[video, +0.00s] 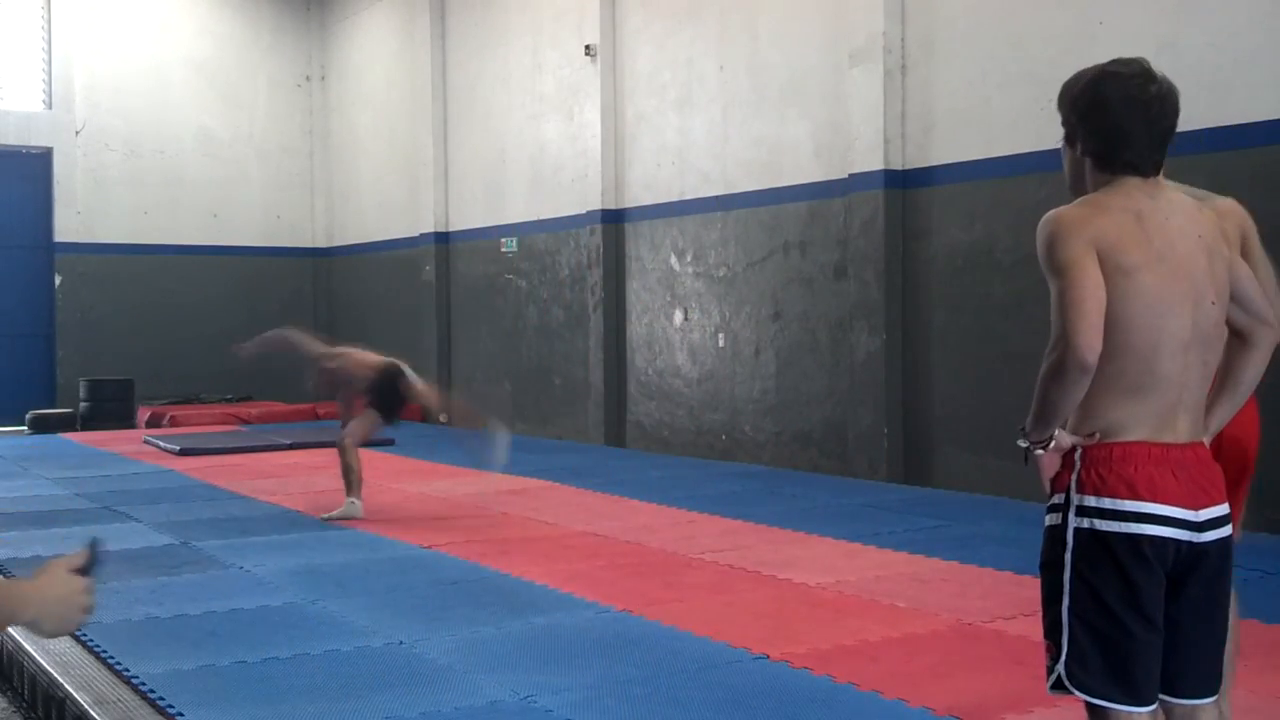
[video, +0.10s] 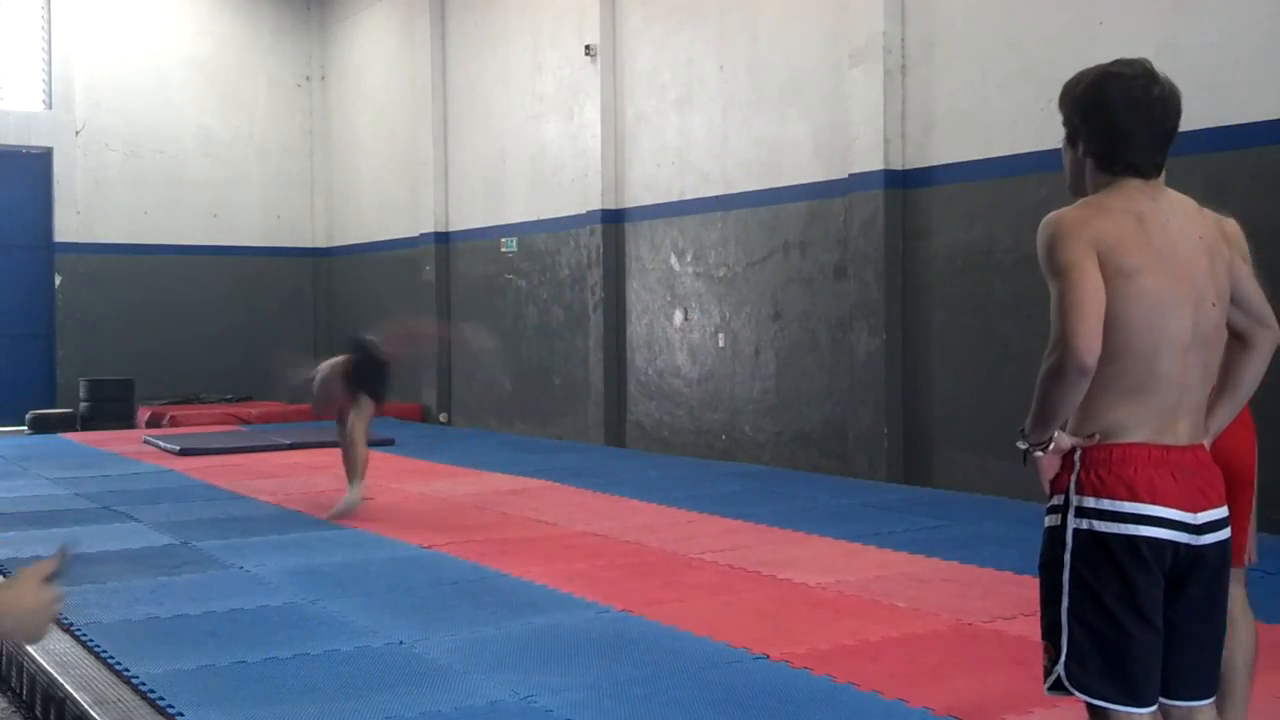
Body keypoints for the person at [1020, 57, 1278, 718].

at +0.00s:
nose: (1063, 150)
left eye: (1065, 135)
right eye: (1064, 134)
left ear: (1082, 143)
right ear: (1161, 140)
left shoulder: (1072, 223)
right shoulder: (1213, 219)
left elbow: (1081, 351)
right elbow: (1261, 330)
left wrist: (1040, 434)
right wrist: (1204, 428)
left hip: (1112, 501)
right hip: (1199, 497)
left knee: (1118, 704)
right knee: (1191, 701)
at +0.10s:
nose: (1063, 153)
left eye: (1066, 137)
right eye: (1064, 136)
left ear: (1086, 145)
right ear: (1162, 141)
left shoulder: (1073, 225)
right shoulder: (1217, 229)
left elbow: (1081, 353)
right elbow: (1261, 334)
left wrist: (1039, 436)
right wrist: (1206, 429)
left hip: (1112, 503)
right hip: (1199, 501)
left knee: (1118, 705)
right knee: (1189, 703)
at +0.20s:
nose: (1065, 153)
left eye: (1067, 137)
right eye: (1066, 137)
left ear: (1086, 146)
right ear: (1168, 144)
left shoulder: (1073, 227)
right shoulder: (1216, 224)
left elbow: (1081, 356)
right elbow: (1260, 334)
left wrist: (1038, 438)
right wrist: (1205, 429)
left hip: (1111, 504)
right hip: (1198, 499)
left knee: (1118, 705)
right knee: (1189, 702)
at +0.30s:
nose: (1065, 152)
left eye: (1068, 135)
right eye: (1066, 135)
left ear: (1090, 143)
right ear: (1168, 136)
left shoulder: (1075, 224)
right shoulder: (1213, 222)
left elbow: (1082, 354)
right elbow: (1260, 331)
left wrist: (1038, 436)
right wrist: (1203, 425)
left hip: (1111, 504)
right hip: (1197, 498)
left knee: (1117, 705)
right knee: (1189, 702)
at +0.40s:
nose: (1065, 153)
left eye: (1067, 137)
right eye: (1065, 137)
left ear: (1088, 143)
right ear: (1156, 138)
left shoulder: (1075, 226)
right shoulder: (1212, 227)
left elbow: (1081, 358)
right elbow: (1261, 333)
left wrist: (1038, 437)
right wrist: (1203, 429)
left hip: (1111, 503)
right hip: (1197, 500)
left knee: (1117, 705)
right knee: (1187, 703)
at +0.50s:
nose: (1063, 152)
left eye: (1066, 135)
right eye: (1065, 135)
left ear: (1086, 143)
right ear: (1155, 139)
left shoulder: (1076, 227)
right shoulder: (1203, 222)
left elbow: (1083, 357)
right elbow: (1260, 332)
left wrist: (1040, 437)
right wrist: (1204, 428)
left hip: (1110, 502)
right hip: (1196, 498)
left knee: (1115, 704)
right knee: (1187, 701)